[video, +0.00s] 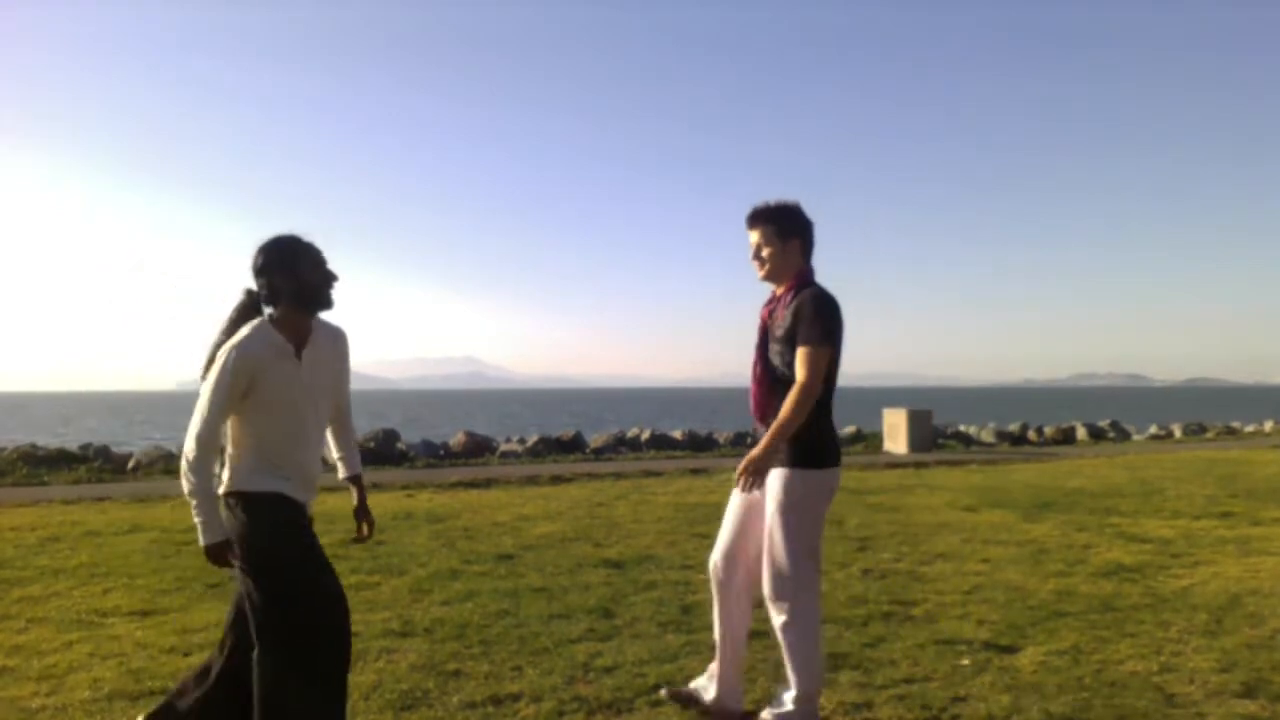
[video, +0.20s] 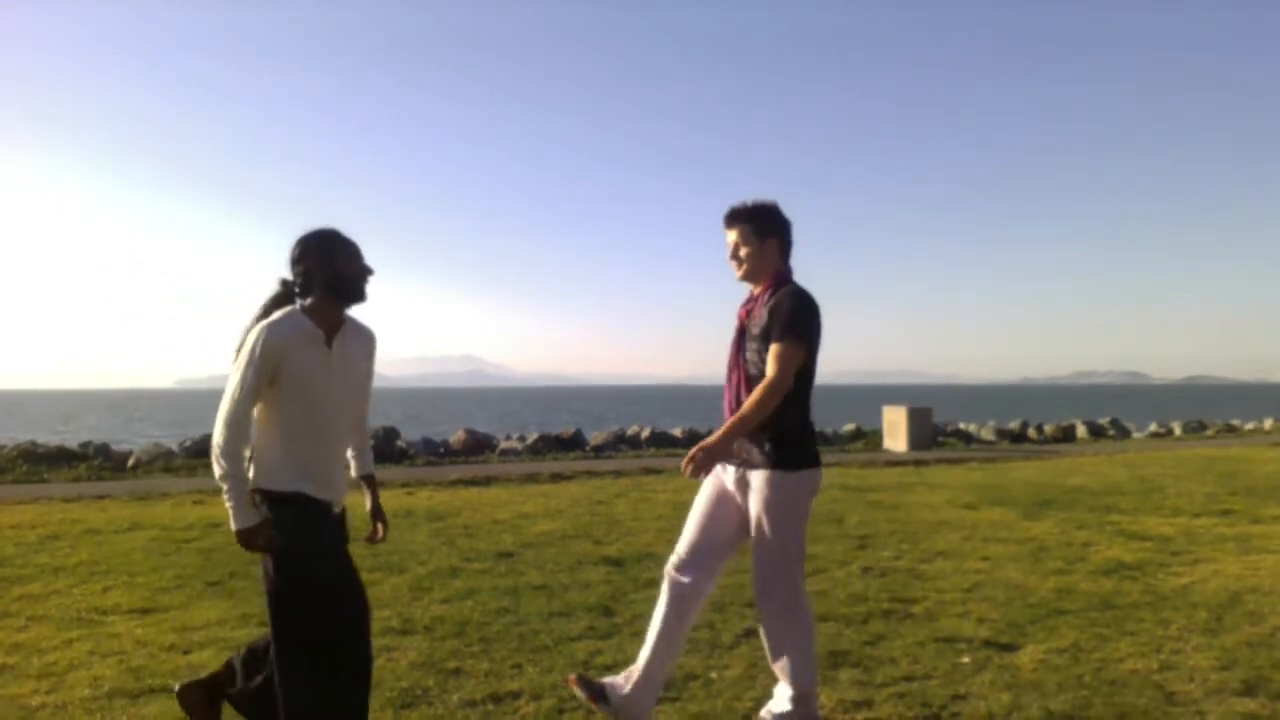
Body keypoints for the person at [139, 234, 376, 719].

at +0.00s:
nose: (332, 276)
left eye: (326, 266)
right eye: (318, 267)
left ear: (293, 280)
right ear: (285, 280)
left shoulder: (332, 341)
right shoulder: (245, 349)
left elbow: (339, 421)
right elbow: (198, 446)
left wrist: (357, 487)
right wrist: (210, 527)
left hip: (295, 504)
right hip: (253, 502)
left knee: (249, 643)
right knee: (324, 616)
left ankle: (182, 713)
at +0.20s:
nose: (367, 269)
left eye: (362, 258)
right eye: (354, 258)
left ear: (335, 271)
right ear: (320, 269)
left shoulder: (361, 341)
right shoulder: (272, 335)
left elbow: (356, 424)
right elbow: (228, 430)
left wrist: (371, 489)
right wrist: (242, 511)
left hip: (329, 503)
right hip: (283, 500)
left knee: (308, 628)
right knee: (348, 616)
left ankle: (214, 689)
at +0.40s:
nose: (396, 270)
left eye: (391, 260)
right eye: (381, 259)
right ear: (346, 267)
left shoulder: (378, 344)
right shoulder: (304, 323)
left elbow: (351, 426)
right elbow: (254, 417)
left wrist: (364, 492)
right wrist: (274, 503)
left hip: (359, 514)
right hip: (308, 510)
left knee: (377, 621)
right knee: (319, 638)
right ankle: (293, 705)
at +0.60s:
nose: (416, 277)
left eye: (412, 268)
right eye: (405, 266)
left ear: (373, 275)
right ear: (371, 273)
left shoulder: (375, 331)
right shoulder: (343, 311)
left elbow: (342, 403)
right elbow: (283, 382)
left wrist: (366, 475)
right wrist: (326, 469)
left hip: (367, 499)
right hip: (328, 500)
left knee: (417, 597)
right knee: (342, 626)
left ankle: (405, 705)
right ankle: (345, 709)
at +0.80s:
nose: (433, 277)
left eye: (429, 268)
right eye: (421, 267)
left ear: (387, 273)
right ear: (390, 271)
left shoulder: (383, 322)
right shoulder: (381, 308)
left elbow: (322, 419)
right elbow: (340, 363)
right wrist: (434, 395)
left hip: (374, 489)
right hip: (351, 488)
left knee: (432, 592)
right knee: (360, 619)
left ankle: (445, 703)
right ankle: (357, 713)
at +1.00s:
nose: (450, 274)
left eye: (446, 265)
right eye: (438, 265)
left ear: (397, 277)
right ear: (404, 272)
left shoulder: (381, 324)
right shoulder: (408, 317)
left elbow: (341, 408)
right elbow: (432, 379)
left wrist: (343, 479)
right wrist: (502, 325)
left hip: (365, 488)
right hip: (392, 492)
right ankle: (428, 707)